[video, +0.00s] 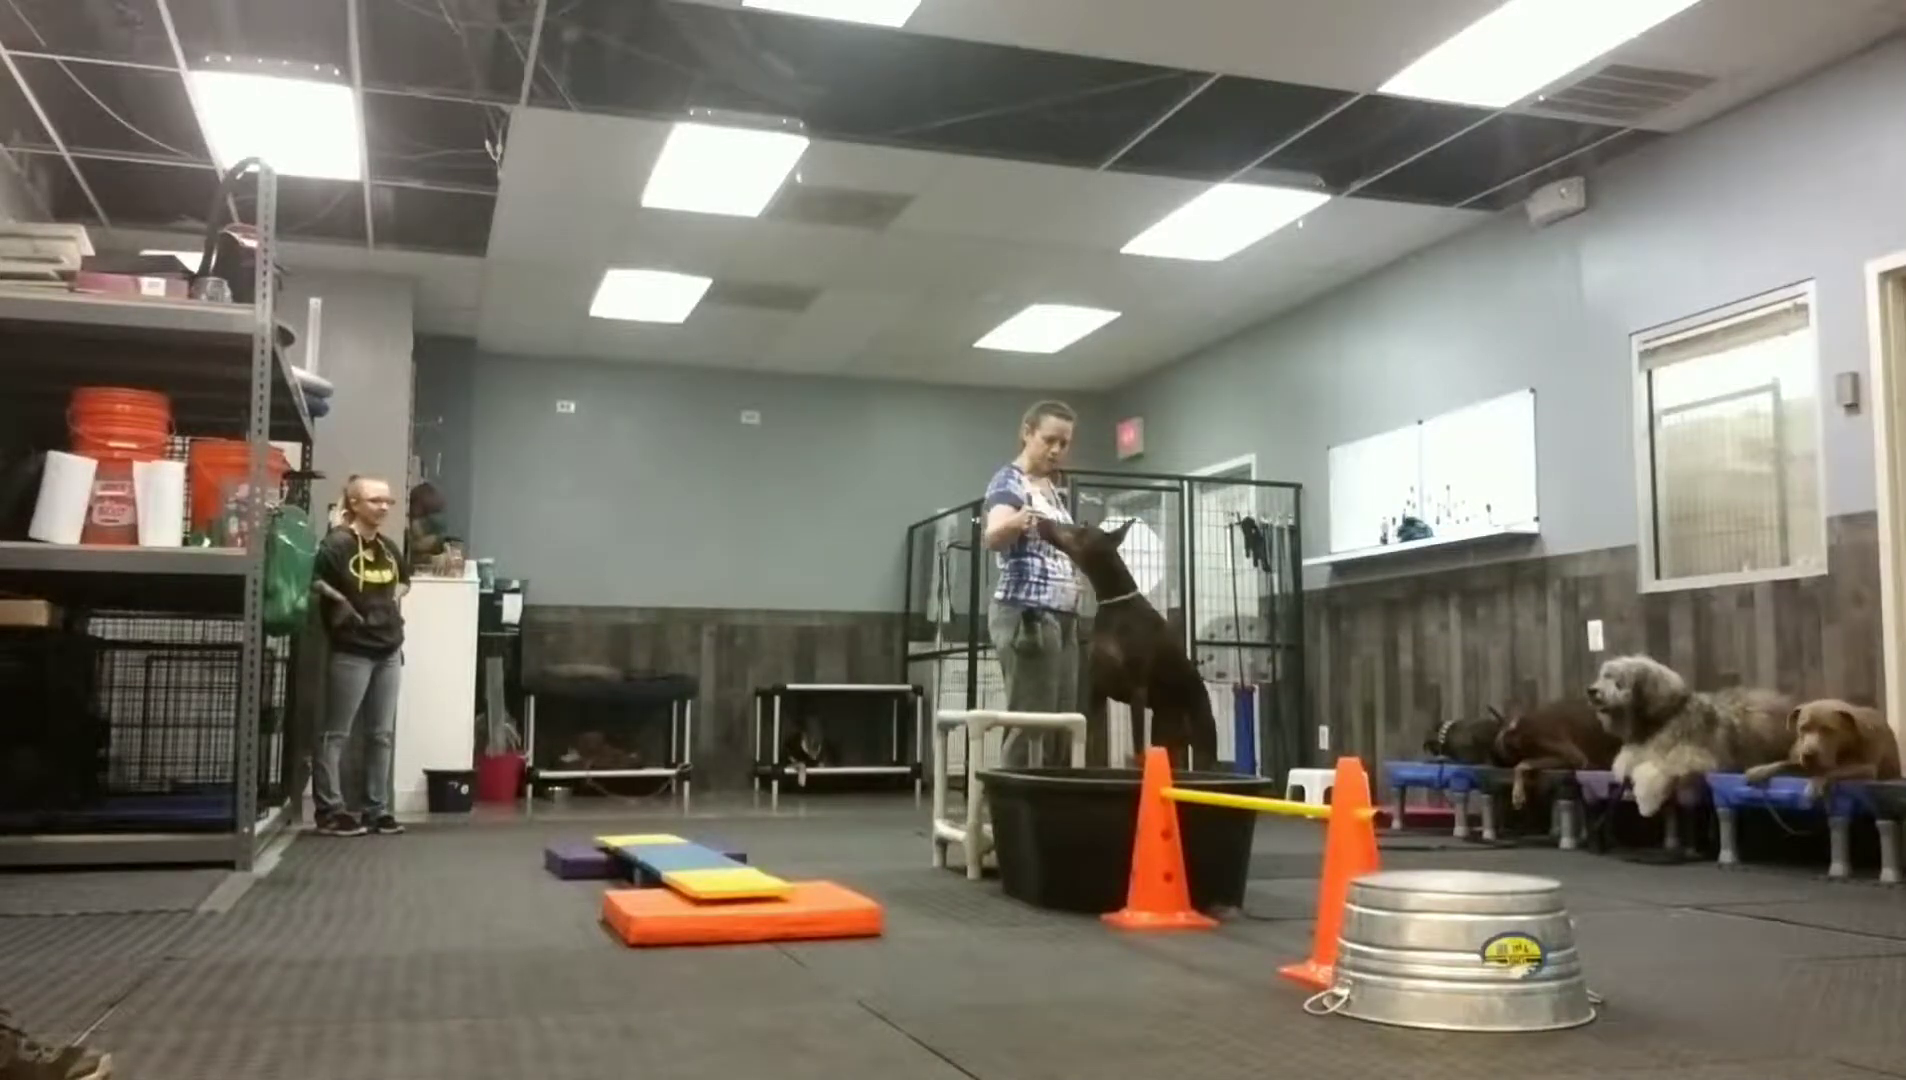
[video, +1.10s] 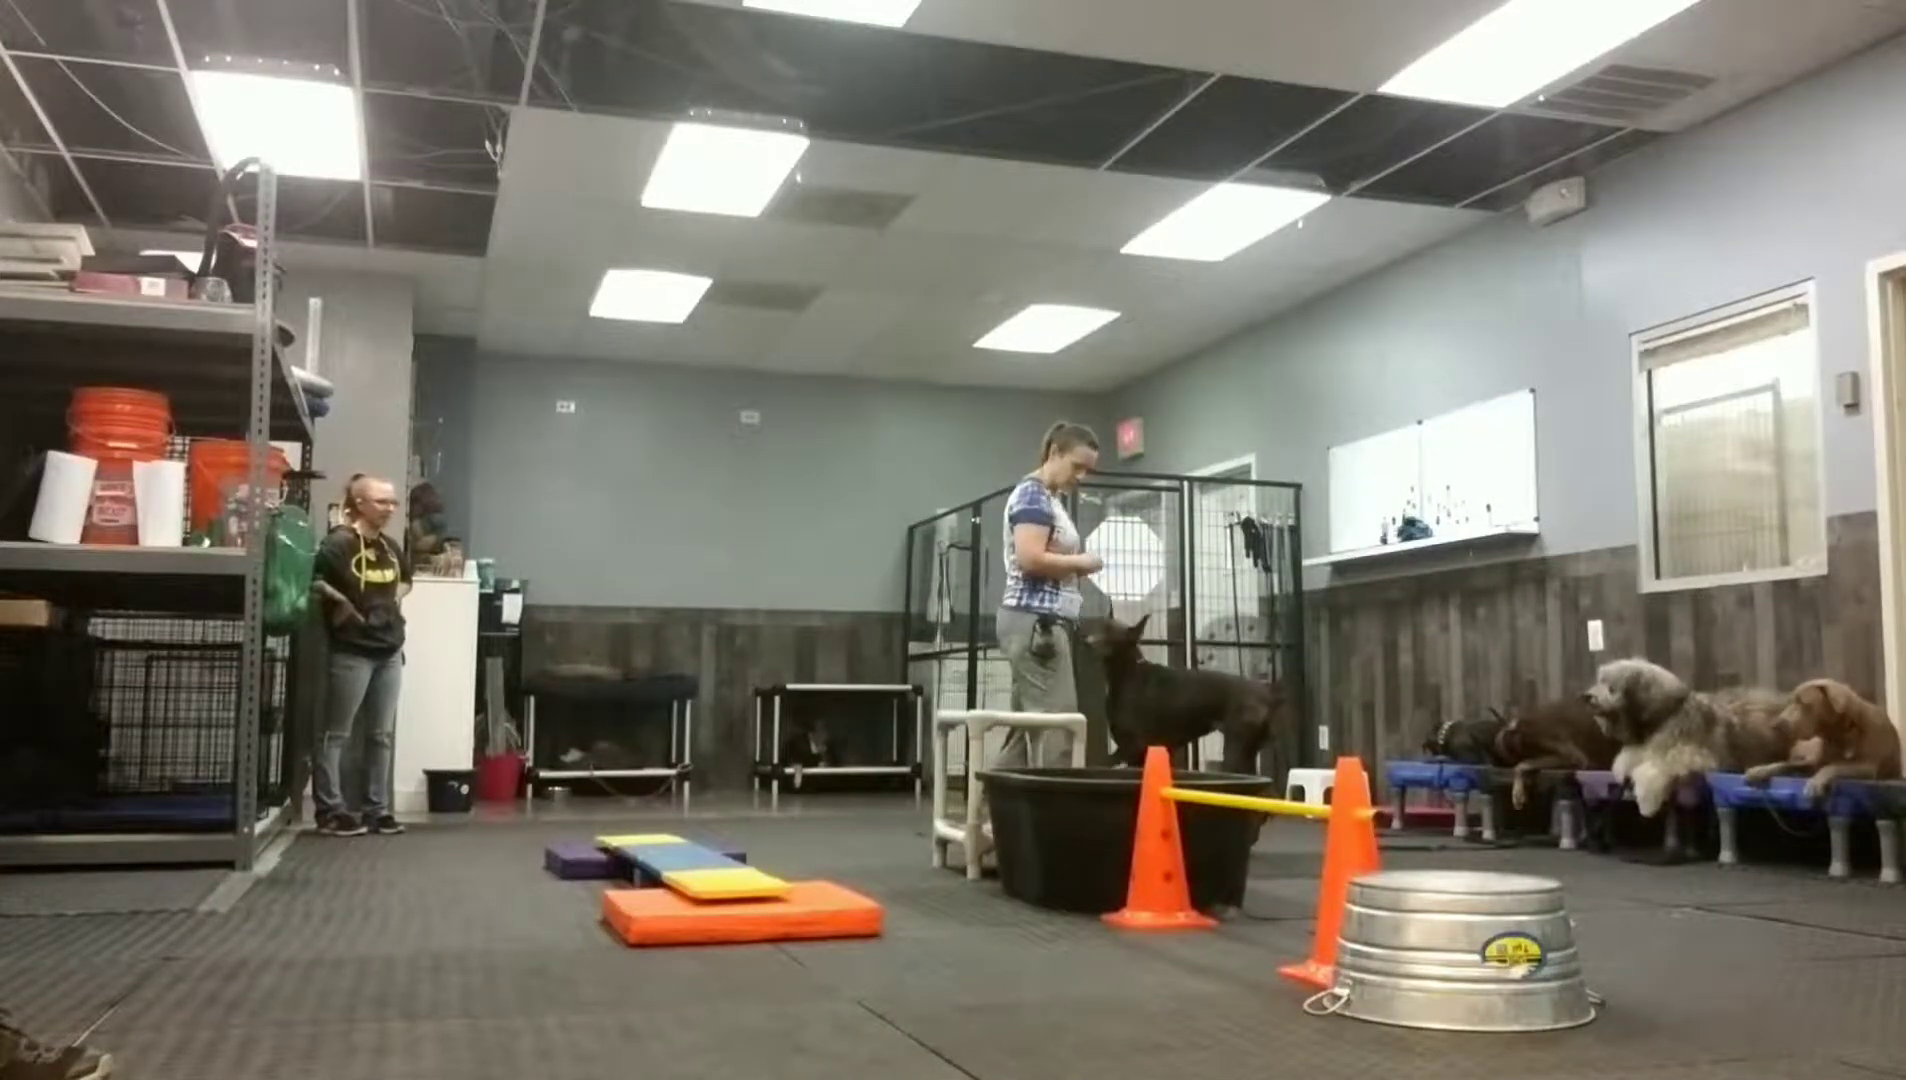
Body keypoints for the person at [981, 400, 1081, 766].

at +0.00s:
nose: (1057, 452)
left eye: (1064, 444)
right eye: (1050, 441)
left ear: (1069, 446)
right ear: (1027, 434)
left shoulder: (1053, 489)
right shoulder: (1010, 479)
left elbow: (1062, 541)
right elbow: (993, 536)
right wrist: (1018, 522)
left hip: (1063, 613)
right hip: (1026, 611)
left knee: (1064, 719)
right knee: (1032, 718)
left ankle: (1054, 808)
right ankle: (1008, 808)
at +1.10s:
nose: (1081, 478)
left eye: (1086, 472)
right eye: (1077, 467)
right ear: (1054, 453)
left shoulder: (1049, 499)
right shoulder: (1032, 494)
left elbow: (1044, 561)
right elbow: (1030, 559)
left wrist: (1076, 567)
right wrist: (1080, 563)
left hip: (1045, 619)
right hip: (1034, 620)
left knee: (1030, 723)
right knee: (1058, 722)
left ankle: (991, 803)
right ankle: (1056, 814)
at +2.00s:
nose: (1197, 436)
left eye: (1205, 427)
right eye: (1189, 427)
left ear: (1221, 419)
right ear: (1178, 422)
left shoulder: (1250, 462)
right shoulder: (1159, 469)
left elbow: (1276, 529)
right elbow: (1131, 541)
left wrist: (1239, 538)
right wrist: (1178, 542)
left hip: (1251, 610)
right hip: (1184, 612)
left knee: (1267, 715)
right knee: (1188, 721)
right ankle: (1190, 814)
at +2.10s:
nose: (1199, 434)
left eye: (1208, 424)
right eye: (1193, 425)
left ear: (1232, 416)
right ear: (1184, 420)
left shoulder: (1264, 458)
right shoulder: (1169, 466)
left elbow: (1292, 529)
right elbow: (1146, 539)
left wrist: (1248, 536)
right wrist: (1187, 538)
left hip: (1262, 612)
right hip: (1195, 615)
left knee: (1282, 715)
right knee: (1195, 726)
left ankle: (1302, 839)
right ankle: (1195, 843)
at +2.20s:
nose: (1217, 434)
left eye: (1225, 425)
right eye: (1211, 425)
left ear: (1250, 414)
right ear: (1205, 420)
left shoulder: (1289, 457)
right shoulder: (1193, 468)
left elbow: (1320, 529)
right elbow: (1174, 541)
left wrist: (1265, 537)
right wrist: (1205, 539)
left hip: (1285, 614)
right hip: (1214, 617)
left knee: (1302, 731)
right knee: (1208, 734)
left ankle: (1325, 851)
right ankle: (1202, 853)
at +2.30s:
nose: (1240, 427)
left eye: (1247, 416)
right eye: (1234, 417)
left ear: (1278, 404)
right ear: (1232, 412)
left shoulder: (1326, 447)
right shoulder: (1231, 461)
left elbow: (1358, 520)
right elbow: (1216, 532)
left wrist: (1293, 529)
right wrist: (1232, 536)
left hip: (1315, 606)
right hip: (1246, 608)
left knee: (1322, 723)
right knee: (1240, 720)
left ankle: (1325, 844)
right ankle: (1216, 837)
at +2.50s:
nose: (1257, 417)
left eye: (1264, 405)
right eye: (1251, 407)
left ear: (1298, 393)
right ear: (1254, 401)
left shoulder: (1349, 436)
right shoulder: (1254, 450)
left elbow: (1386, 510)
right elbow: (1224, 524)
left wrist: (1328, 526)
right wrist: (1254, 527)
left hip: (1335, 605)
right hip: (1266, 608)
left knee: (1340, 735)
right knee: (1275, 732)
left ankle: (1334, 858)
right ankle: (1280, 856)